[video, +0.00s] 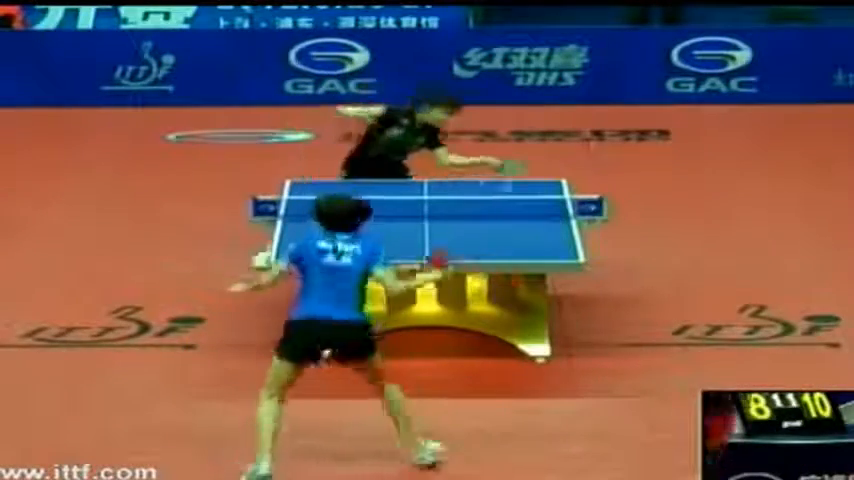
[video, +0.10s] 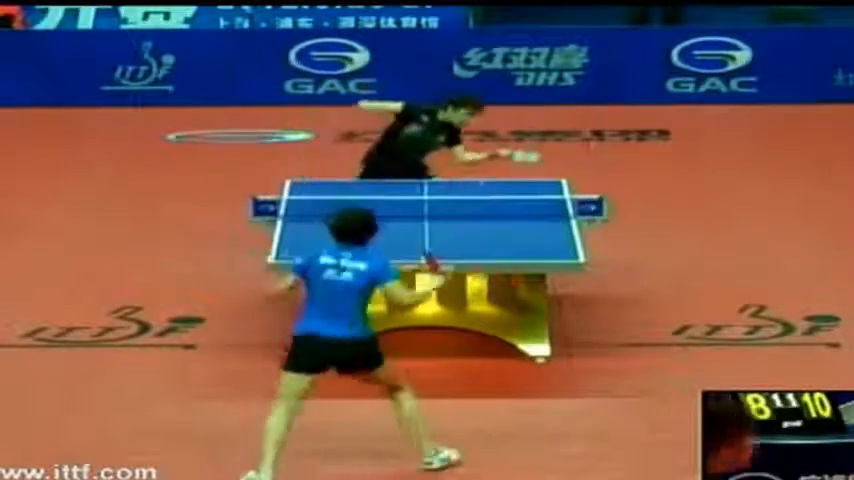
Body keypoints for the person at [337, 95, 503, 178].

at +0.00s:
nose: (446, 120)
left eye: (448, 115)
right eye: (444, 113)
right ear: (428, 108)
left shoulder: (430, 134)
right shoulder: (397, 114)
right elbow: (368, 113)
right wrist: (347, 111)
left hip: (392, 170)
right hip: (361, 168)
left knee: (413, 201)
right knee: (361, 209)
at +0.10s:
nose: (467, 121)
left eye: (470, 117)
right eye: (466, 115)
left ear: (461, 116)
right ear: (452, 109)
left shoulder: (451, 133)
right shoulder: (420, 111)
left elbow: (461, 158)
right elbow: (393, 108)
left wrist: (489, 156)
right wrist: (367, 105)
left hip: (410, 167)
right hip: (381, 163)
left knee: (435, 195)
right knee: (368, 200)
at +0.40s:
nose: (465, 99)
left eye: (468, 95)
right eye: (461, 93)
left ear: (469, 99)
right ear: (449, 91)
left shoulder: (463, 121)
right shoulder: (418, 99)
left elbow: (472, 149)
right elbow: (388, 94)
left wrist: (484, 144)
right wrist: (369, 89)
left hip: (428, 173)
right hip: (389, 169)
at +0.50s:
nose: (447, 87)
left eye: (450, 83)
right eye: (443, 82)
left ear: (452, 87)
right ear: (431, 80)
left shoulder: (451, 109)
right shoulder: (406, 93)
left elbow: (461, 137)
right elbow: (380, 91)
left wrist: (466, 138)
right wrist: (362, 89)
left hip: (421, 168)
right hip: (379, 164)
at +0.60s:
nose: (428, 85)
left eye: (433, 81)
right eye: (425, 79)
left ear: (439, 84)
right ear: (417, 79)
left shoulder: (441, 106)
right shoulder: (396, 94)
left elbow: (450, 135)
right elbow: (367, 96)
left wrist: (452, 136)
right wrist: (347, 100)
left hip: (413, 166)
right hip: (373, 163)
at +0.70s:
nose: (406, 97)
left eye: (411, 92)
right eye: (403, 91)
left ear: (417, 95)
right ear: (393, 92)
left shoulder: (420, 117)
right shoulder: (375, 109)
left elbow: (434, 141)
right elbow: (351, 117)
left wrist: (439, 146)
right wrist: (333, 126)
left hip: (402, 169)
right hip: (366, 167)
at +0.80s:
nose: (391, 104)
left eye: (395, 99)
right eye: (387, 98)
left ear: (401, 102)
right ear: (377, 99)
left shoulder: (405, 124)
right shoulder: (357, 117)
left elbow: (416, 146)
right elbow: (335, 125)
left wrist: (426, 151)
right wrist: (321, 136)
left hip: (388, 176)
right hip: (351, 175)